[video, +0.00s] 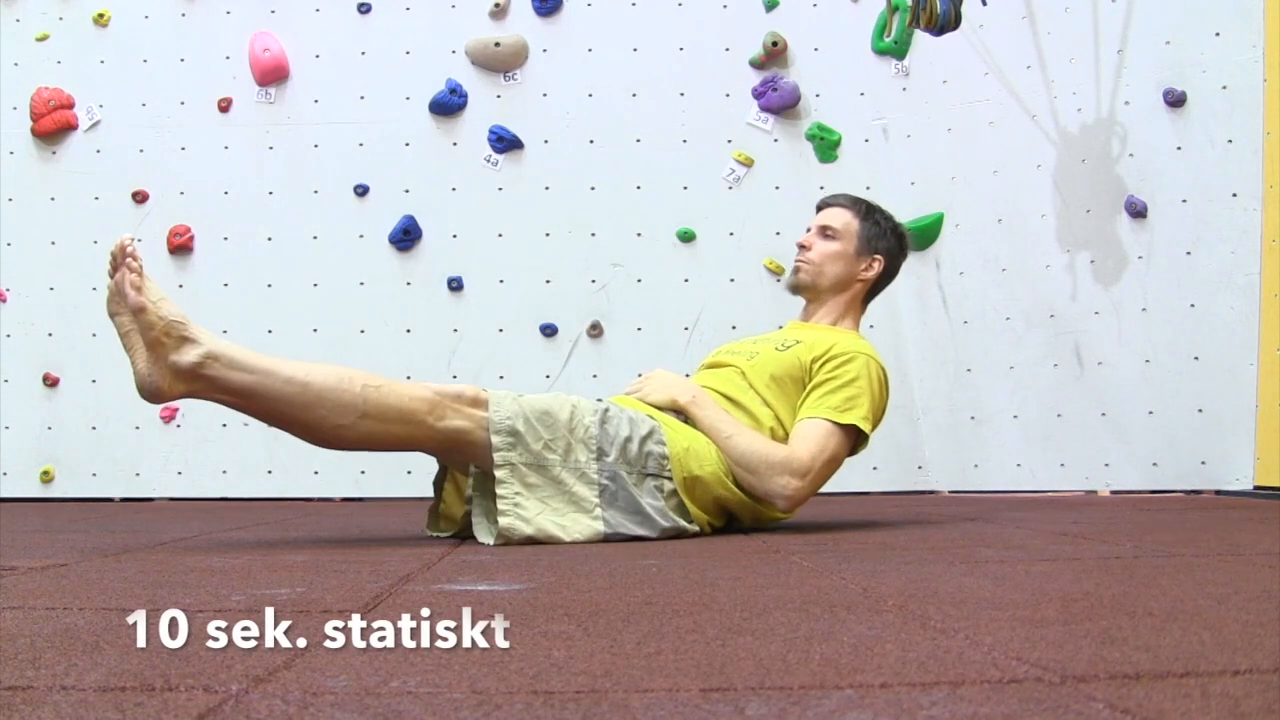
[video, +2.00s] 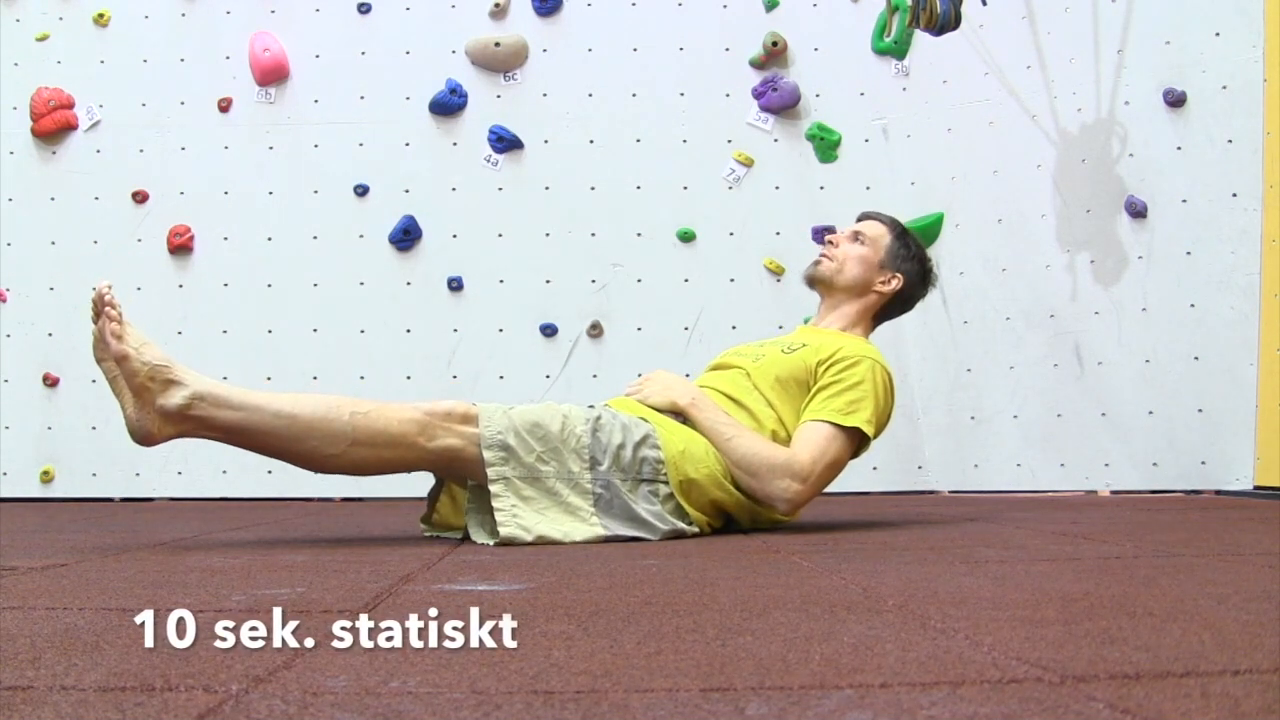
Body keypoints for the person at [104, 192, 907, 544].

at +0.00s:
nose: (803, 241)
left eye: (825, 235)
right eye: (809, 230)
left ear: (870, 266)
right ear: (822, 260)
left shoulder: (849, 355)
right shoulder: (780, 344)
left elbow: (788, 481)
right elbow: (743, 449)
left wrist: (690, 396)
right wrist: (666, 401)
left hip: (658, 462)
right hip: (636, 446)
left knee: (449, 412)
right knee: (437, 410)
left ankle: (191, 365)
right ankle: (190, 362)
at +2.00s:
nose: (829, 238)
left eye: (854, 238)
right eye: (838, 232)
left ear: (887, 285)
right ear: (844, 271)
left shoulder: (858, 364)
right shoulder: (791, 349)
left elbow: (790, 486)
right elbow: (740, 456)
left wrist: (692, 398)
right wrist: (669, 402)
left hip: (662, 462)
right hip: (641, 446)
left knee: (440, 428)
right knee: (429, 430)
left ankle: (177, 401)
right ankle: (178, 403)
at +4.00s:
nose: (842, 252)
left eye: (866, 252)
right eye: (851, 244)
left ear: (895, 299)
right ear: (857, 283)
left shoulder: (863, 374)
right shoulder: (802, 358)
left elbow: (791, 492)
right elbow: (748, 465)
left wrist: (699, 402)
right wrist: (673, 408)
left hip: (659, 460)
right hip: (639, 446)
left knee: (442, 428)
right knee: (431, 429)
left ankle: (177, 400)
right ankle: (178, 401)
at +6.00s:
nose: (849, 261)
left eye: (873, 261)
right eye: (859, 252)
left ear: (900, 308)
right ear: (865, 292)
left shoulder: (867, 381)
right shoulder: (807, 364)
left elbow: (793, 495)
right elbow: (755, 473)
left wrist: (701, 402)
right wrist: (673, 413)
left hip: (660, 462)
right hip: (639, 446)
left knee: (445, 428)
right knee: (435, 423)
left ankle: (178, 406)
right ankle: (180, 407)